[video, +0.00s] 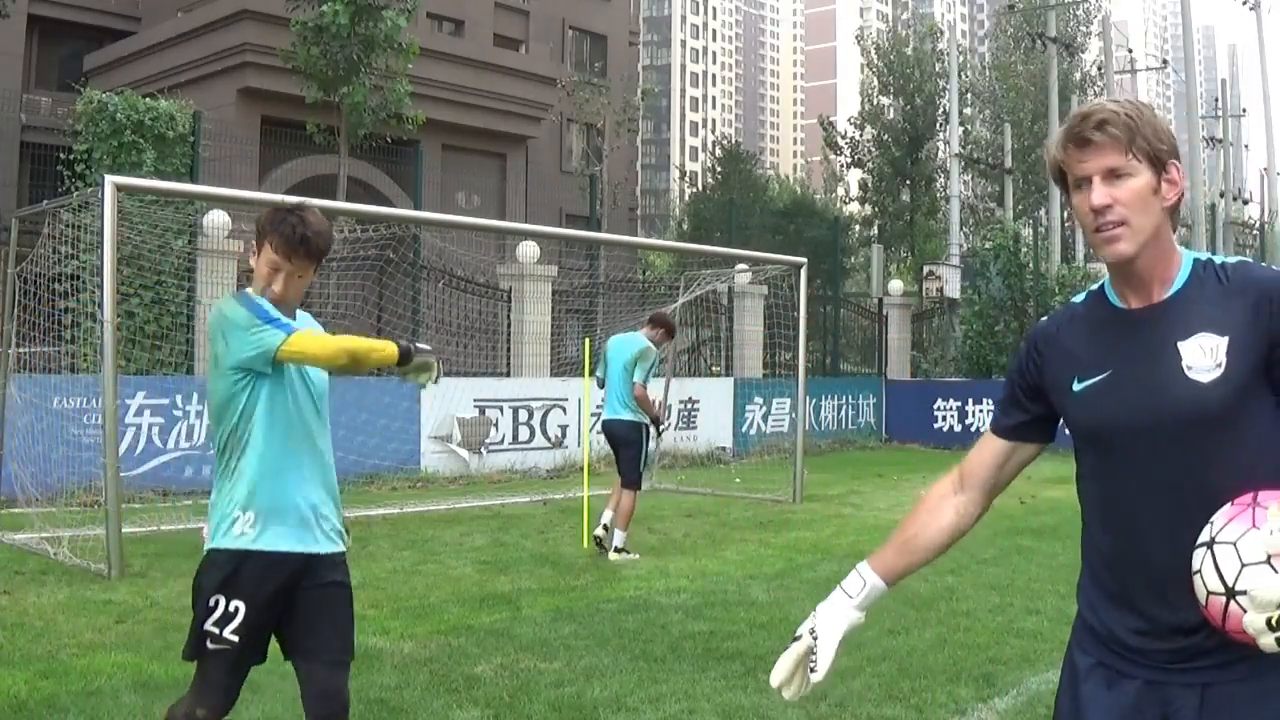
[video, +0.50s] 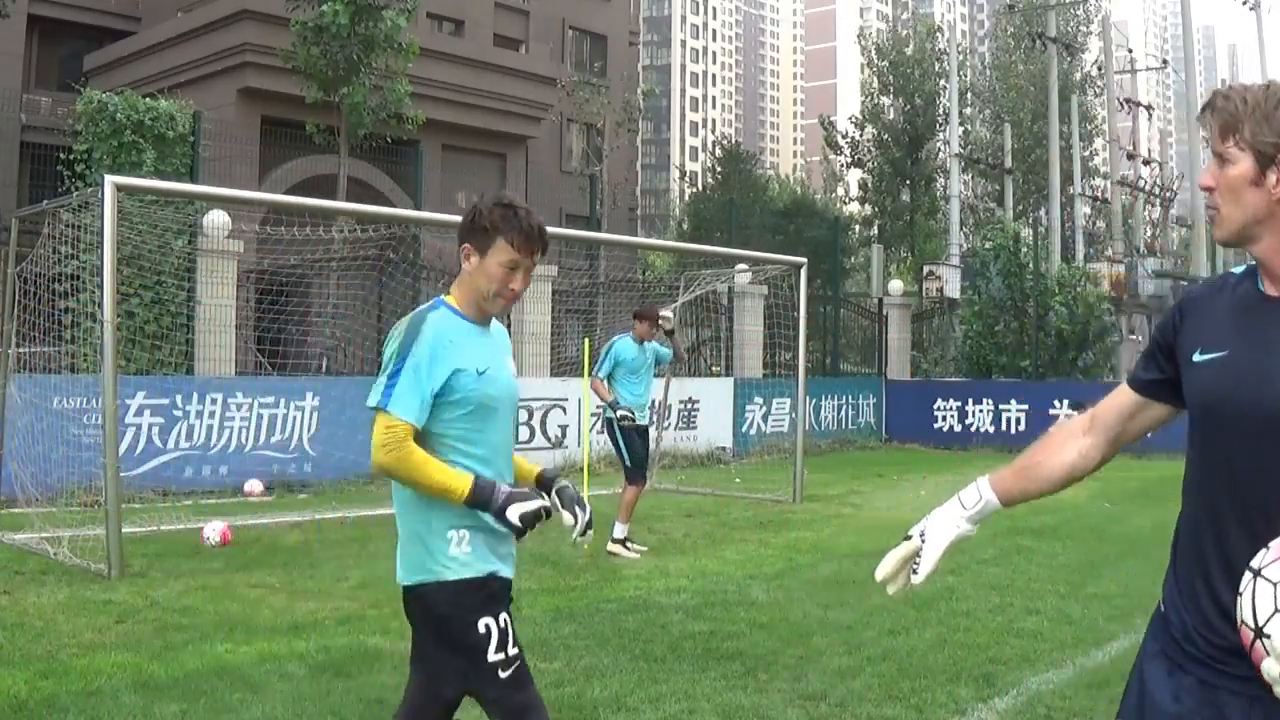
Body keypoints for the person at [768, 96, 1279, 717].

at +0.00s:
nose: (1098, 200)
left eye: (1117, 177)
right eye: (1081, 185)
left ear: (1171, 184)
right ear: (1070, 204)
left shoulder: (1261, 302)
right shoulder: (1056, 345)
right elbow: (963, 490)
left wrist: (1272, 557)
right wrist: (849, 597)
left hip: (1249, 669)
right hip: (1110, 675)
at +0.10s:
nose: (1096, 202)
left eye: (1118, 178)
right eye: (1088, 183)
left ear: (1182, 184)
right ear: (1080, 192)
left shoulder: (1265, 302)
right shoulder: (1067, 336)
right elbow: (962, 470)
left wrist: (1274, 560)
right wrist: (842, 567)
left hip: (1246, 673)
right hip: (1106, 672)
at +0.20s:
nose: (1110, 193)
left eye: (1134, 173)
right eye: (1105, 175)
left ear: (1197, 180)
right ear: (1099, 181)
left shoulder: (1269, 301)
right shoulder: (1080, 329)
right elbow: (976, 455)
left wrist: (1273, 564)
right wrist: (852, 549)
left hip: (1247, 674)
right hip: (1109, 671)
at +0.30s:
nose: (1131, 183)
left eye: (1153, 162)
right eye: (1134, 164)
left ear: (1217, 175)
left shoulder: (1275, 301)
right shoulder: (1117, 317)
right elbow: (1009, 437)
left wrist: (1272, 583)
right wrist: (884, 525)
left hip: (1250, 675)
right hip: (1122, 662)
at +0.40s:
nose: (1156, 180)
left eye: (1175, 160)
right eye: (1161, 161)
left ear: (1237, 174)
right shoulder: (1153, 313)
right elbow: (1039, 433)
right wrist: (913, 514)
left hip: (1259, 682)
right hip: (1144, 667)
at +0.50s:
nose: (1205, 179)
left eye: (1224, 158)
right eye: (1212, 157)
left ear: (1275, 176)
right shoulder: (1205, 316)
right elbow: (1092, 433)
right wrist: (967, 505)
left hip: (1274, 687)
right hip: (1189, 669)